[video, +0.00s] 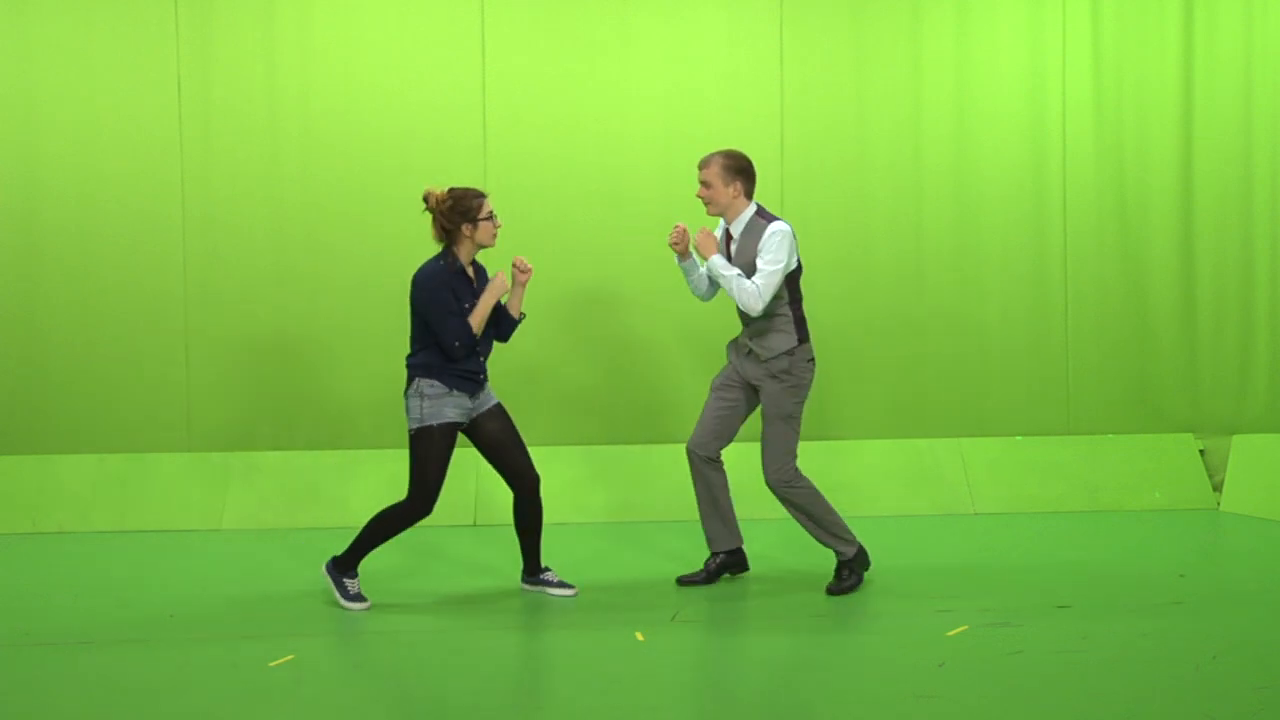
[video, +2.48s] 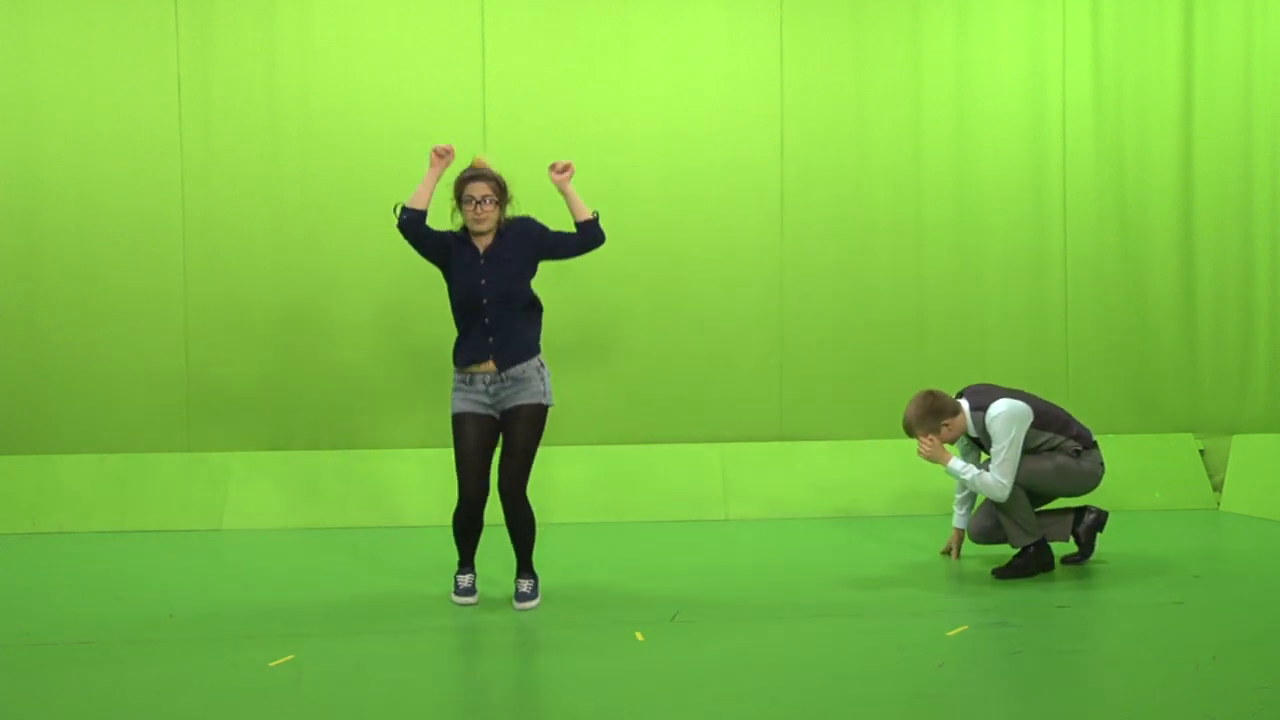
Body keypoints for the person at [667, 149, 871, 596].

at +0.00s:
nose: (700, 194)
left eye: (706, 185)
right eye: (699, 185)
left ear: (736, 188)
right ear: (729, 189)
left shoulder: (776, 233)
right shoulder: (726, 235)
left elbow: (754, 300)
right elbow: (706, 290)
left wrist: (714, 258)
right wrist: (686, 256)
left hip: (786, 364)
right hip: (745, 359)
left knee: (779, 472)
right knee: (701, 449)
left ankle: (852, 553)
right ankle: (729, 553)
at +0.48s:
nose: (731, 209)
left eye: (738, 201)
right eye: (730, 202)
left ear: (767, 203)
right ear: (760, 205)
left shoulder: (806, 248)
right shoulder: (751, 251)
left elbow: (774, 314)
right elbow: (728, 306)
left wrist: (738, 270)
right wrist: (711, 270)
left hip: (816, 378)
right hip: (774, 374)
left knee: (829, 487)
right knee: (717, 456)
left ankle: (903, 556)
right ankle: (729, 559)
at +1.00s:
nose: (809, 215)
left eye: (815, 207)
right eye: (808, 207)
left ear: (845, 207)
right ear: (836, 209)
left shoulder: (866, 254)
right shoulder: (835, 251)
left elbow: (824, 308)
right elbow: (808, 309)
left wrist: (799, 262)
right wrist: (784, 269)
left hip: (839, 387)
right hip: (807, 380)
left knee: (841, 498)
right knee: (738, 453)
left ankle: (932, 550)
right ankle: (735, 557)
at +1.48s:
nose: (898, 336)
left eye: (899, 329)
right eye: (894, 332)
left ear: (919, 312)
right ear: (918, 310)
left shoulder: (973, 313)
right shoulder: (922, 328)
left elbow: (965, 385)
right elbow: (923, 379)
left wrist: (912, 357)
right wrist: (905, 430)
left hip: (1025, 388)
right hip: (995, 394)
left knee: (949, 447)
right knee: (995, 491)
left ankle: (944, 559)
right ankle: (1089, 523)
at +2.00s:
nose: (928, 437)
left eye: (927, 432)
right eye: (923, 434)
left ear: (944, 418)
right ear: (945, 414)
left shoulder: (1000, 407)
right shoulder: (965, 414)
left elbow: (991, 482)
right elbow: (966, 473)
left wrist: (942, 451)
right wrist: (959, 527)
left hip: (1082, 460)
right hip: (1057, 463)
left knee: (995, 472)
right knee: (986, 527)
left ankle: (1035, 550)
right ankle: (1085, 521)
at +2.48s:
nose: (930, 446)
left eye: (929, 441)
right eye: (925, 442)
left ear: (947, 427)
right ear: (948, 422)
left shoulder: (1003, 414)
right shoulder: (963, 413)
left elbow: (999, 489)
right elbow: (968, 472)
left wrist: (947, 460)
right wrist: (959, 528)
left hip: (1081, 464)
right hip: (1050, 468)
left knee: (997, 471)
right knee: (981, 528)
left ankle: (1036, 551)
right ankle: (1079, 520)